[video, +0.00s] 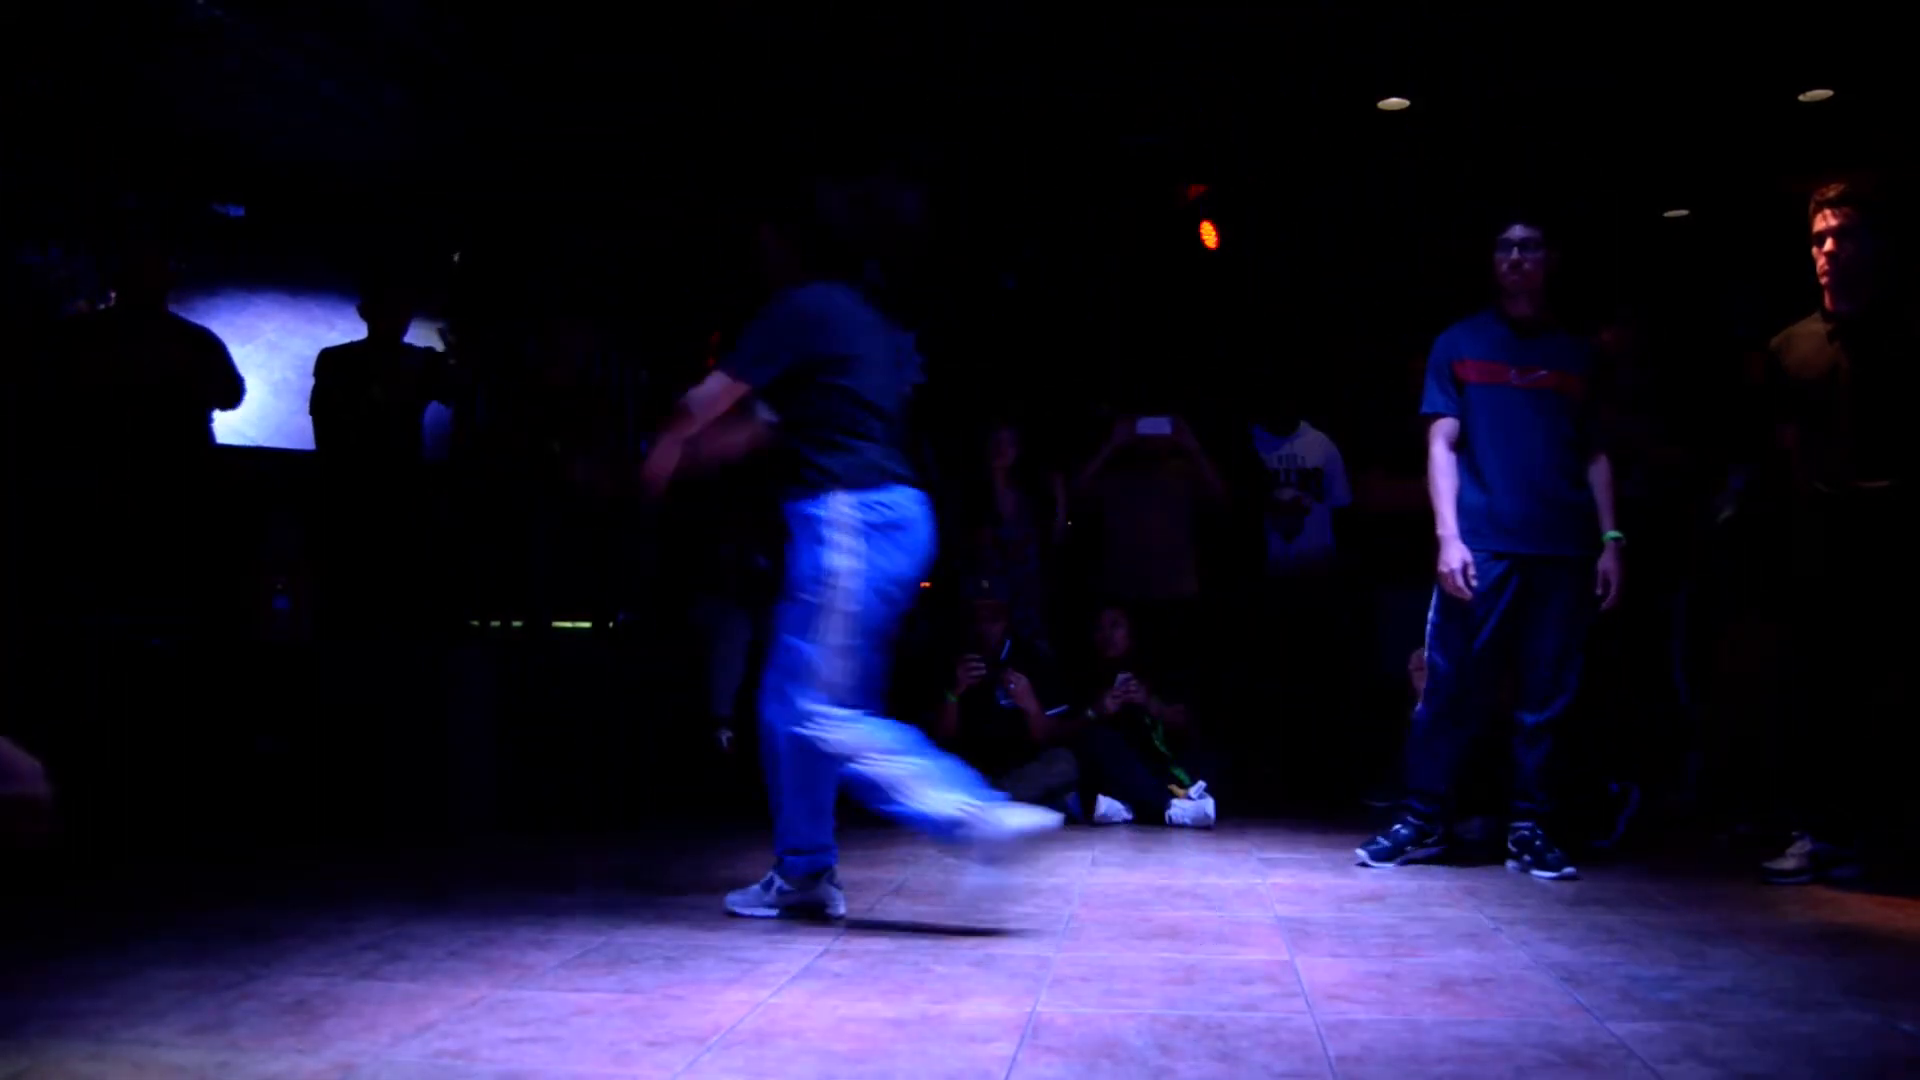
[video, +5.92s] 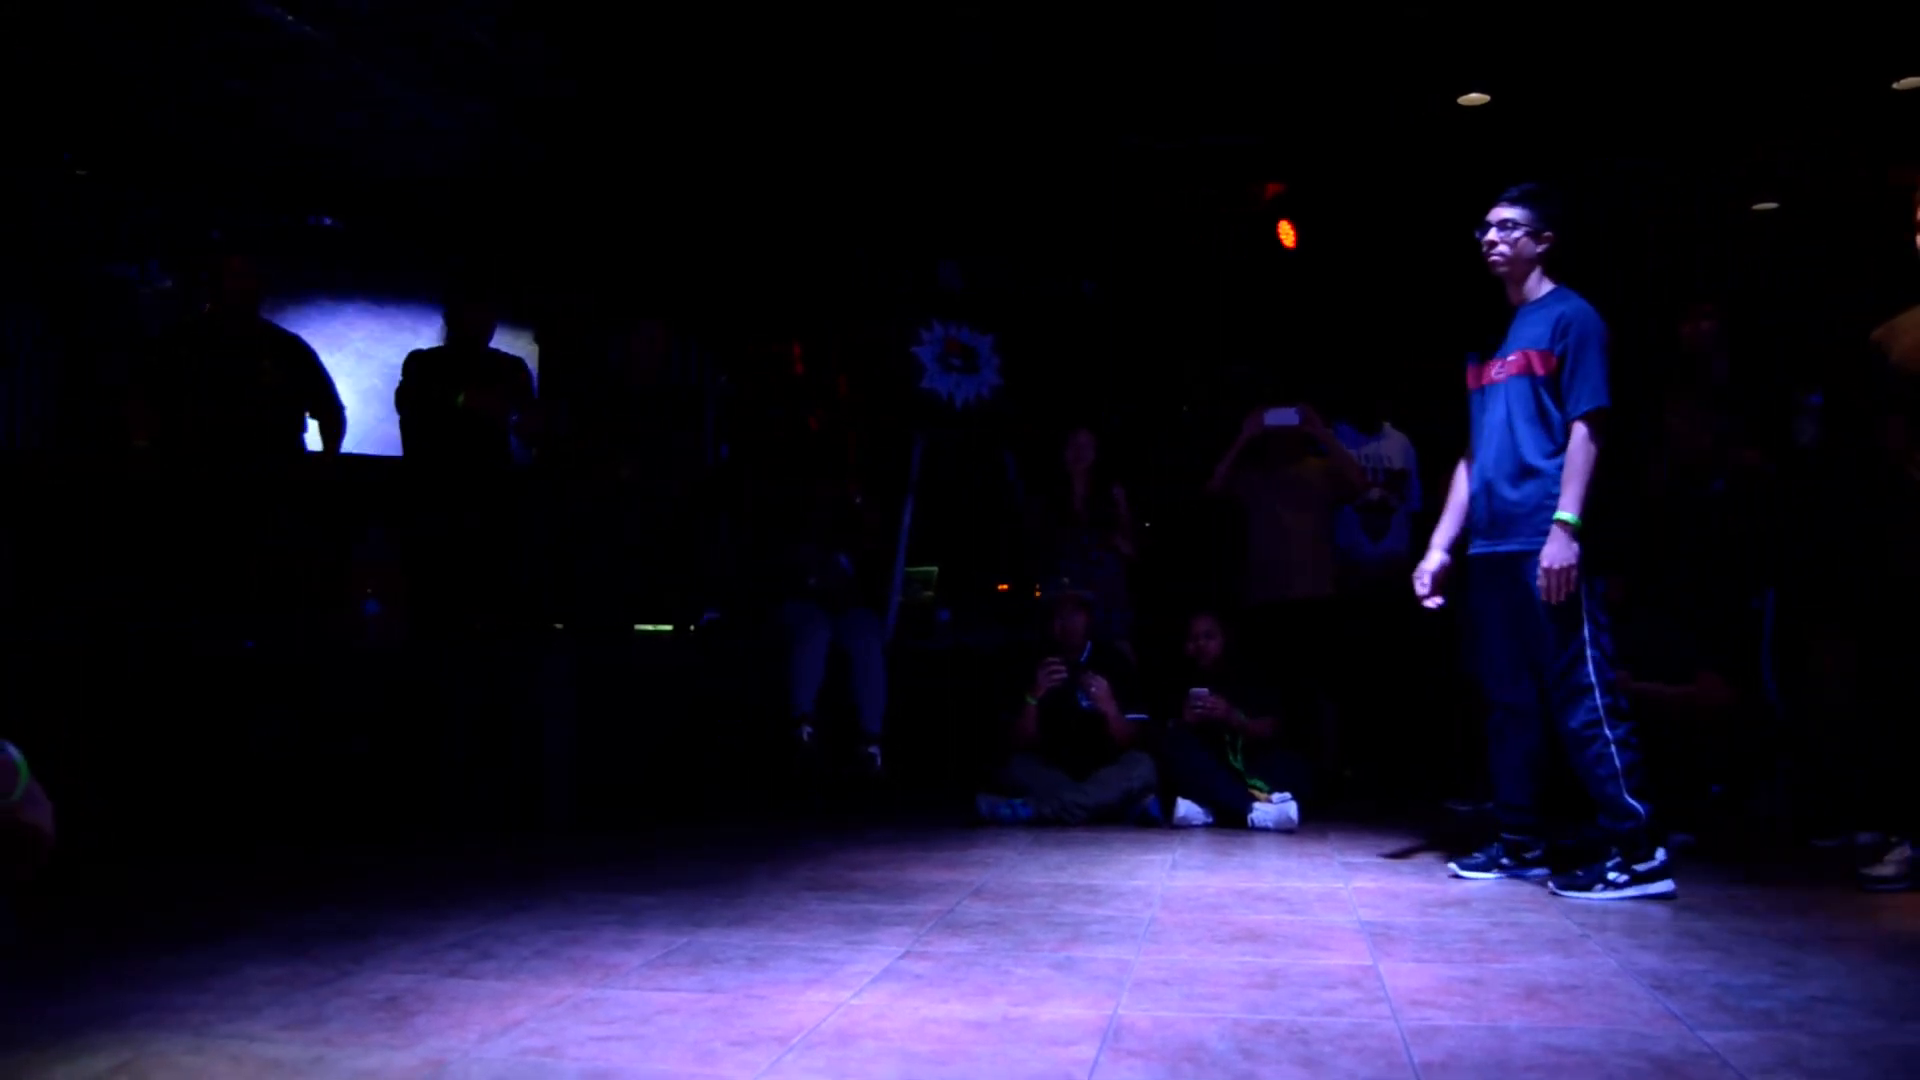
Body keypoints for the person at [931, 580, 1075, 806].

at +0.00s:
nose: (987, 629)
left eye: (994, 621)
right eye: (980, 621)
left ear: (1006, 623)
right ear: (969, 624)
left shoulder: (1027, 659)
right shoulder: (955, 662)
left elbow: (1047, 735)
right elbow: (942, 737)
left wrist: (1030, 705)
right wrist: (955, 693)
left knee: (1063, 764)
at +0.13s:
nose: (986, 629)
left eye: (994, 620)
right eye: (979, 621)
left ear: (1006, 622)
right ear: (967, 623)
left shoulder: (1027, 659)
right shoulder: (952, 660)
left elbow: (1047, 736)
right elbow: (940, 741)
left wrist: (1029, 704)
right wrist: (955, 692)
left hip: (1021, 755)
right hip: (969, 756)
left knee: (1063, 764)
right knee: (935, 766)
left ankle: (957, 806)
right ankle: (1038, 805)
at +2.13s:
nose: (987, 624)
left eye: (994, 615)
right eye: (980, 616)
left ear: (1007, 619)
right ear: (970, 621)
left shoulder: (1028, 659)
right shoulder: (956, 660)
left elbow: (1044, 737)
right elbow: (942, 741)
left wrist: (1027, 702)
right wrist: (954, 693)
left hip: (1021, 755)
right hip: (970, 755)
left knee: (1063, 764)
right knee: (934, 766)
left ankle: (958, 806)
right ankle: (1039, 805)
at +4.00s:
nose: (1003, 628)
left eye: (1012, 619)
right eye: (997, 619)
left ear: (1032, 623)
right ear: (989, 626)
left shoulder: (1055, 665)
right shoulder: (977, 666)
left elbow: (1075, 744)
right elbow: (966, 743)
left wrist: (1055, 710)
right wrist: (980, 700)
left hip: (1047, 762)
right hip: (994, 764)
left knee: (1089, 771)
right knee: (959, 771)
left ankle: (985, 814)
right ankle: (1065, 813)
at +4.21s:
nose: (1037, 625)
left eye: (1045, 616)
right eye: (1031, 617)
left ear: (1062, 621)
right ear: (1022, 624)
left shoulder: (1085, 661)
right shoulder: (1010, 662)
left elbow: (1102, 741)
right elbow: (996, 740)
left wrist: (1083, 706)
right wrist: (1010, 695)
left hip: (1076, 757)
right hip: (1025, 758)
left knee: (1117, 767)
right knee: (991, 769)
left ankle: (1014, 810)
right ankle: (1094, 809)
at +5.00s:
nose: (1072, 625)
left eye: (1079, 615)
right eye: (1064, 616)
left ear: (1091, 620)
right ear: (1051, 621)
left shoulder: (1110, 660)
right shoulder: (1036, 662)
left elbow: (1128, 738)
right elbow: (1024, 742)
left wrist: (1108, 705)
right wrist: (1034, 694)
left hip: (1101, 757)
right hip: (1051, 757)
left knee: (1141, 766)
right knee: (1018, 768)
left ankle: (1037, 809)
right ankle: (1120, 808)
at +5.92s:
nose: (1068, 628)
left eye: (1075, 618)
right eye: (1061, 619)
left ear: (1088, 622)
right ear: (1050, 625)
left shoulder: (1110, 661)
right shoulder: (1036, 661)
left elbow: (1128, 738)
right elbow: (1020, 740)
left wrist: (1107, 705)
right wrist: (1035, 695)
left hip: (1101, 756)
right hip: (1050, 756)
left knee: (1141, 767)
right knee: (1016, 768)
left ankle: (1035, 809)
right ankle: (1120, 808)